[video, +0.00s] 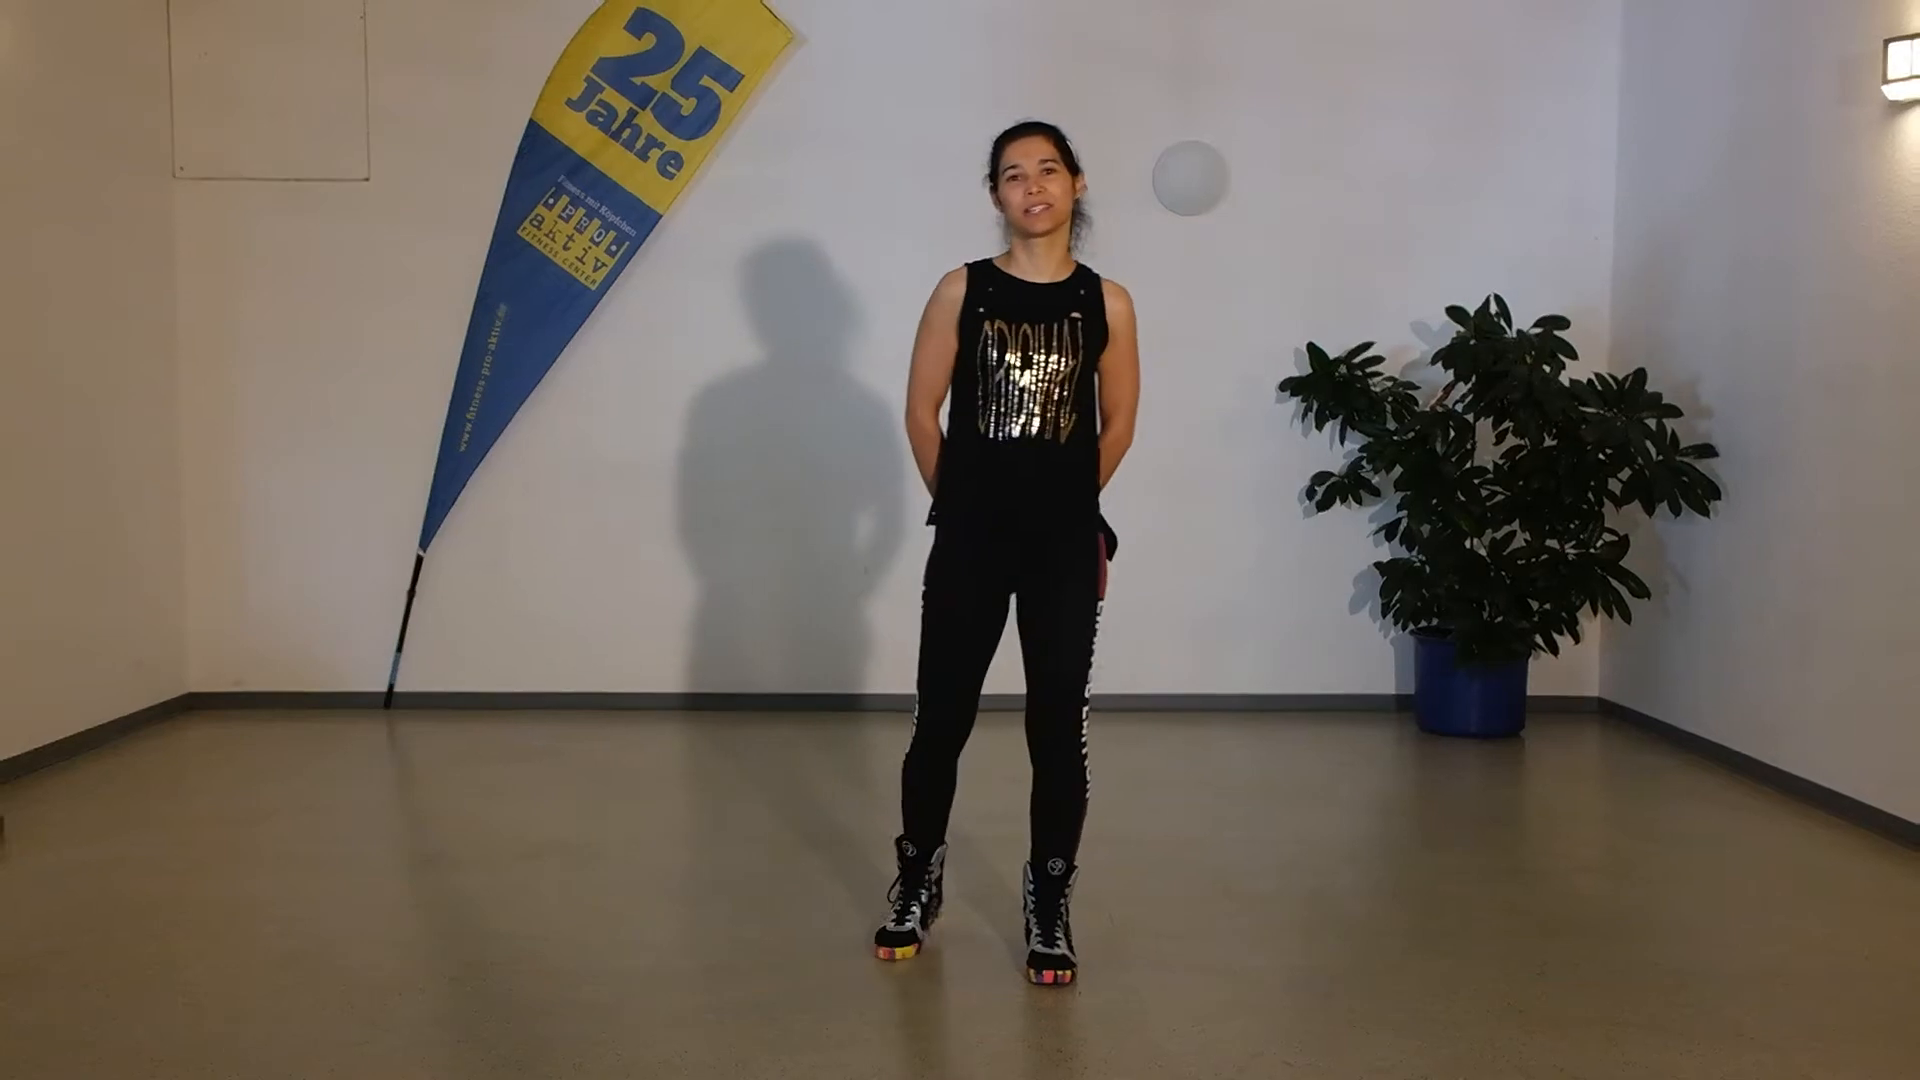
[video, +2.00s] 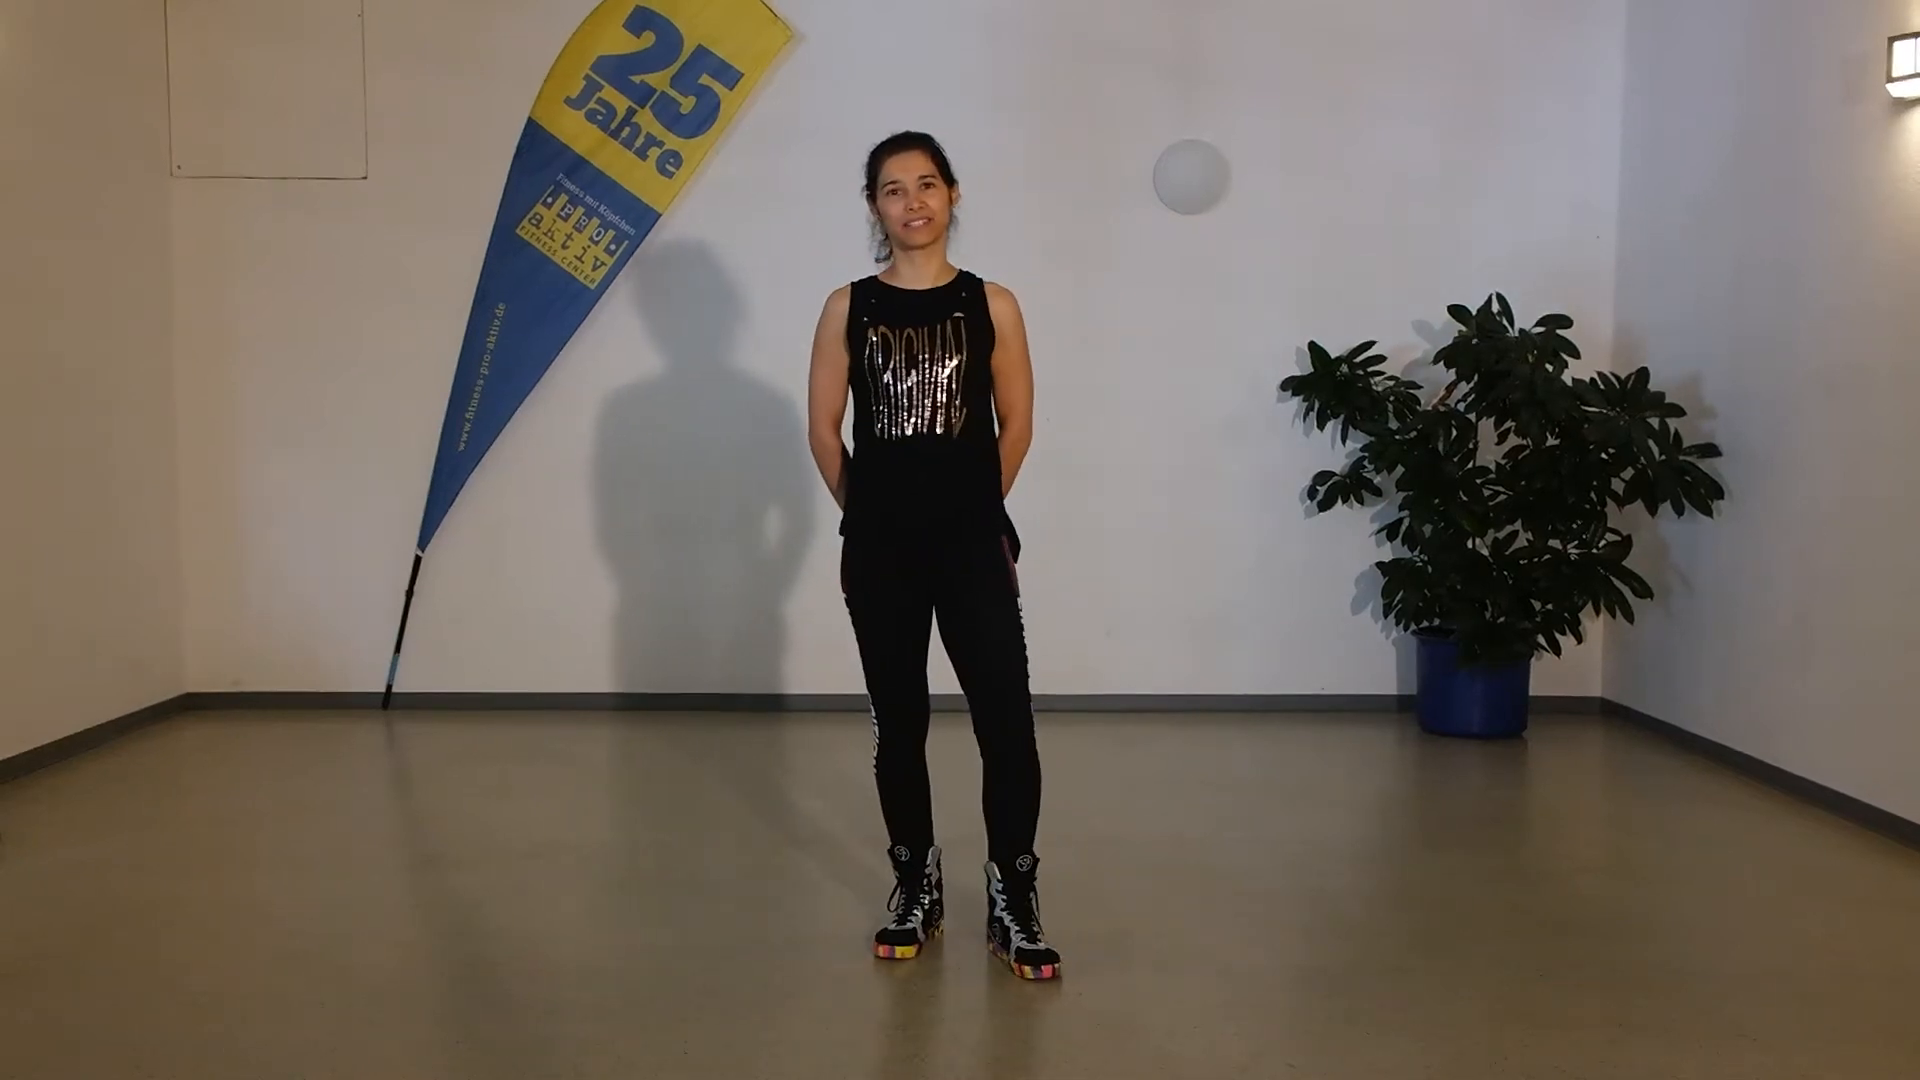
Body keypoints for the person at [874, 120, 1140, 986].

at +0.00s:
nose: (1030, 186)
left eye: (1045, 172)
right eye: (1013, 176)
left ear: (1075, 187)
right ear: (996, 198)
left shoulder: (1107, 302)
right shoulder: (961, 291)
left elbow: (1120, 423)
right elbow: (921, 412)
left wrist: (1074, 501)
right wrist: (953, 501)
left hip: (1063, 533)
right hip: (971, 527)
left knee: (1056, 725)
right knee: (941, 717)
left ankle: (1049, 908)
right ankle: (916, 881)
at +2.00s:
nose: (912, 200)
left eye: (926, 185)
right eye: (894, 190)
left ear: (952, 198)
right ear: (874, 209)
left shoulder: (992, 304)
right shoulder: (846, 307)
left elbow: (1018, 424)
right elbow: (823, 432)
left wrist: (980, 507)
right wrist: (863, 511)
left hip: (971, 536)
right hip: (880, 540)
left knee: (1007, 723)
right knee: (899, 723)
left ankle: (1014, 898)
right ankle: (913, 886)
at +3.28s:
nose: (931, 195)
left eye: (948, 185)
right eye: (915, 183)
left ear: (968, 207)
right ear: (891, 203)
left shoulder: (998, 302)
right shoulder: (853, 299)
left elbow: (1015, 422)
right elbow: (832, 421)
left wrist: (973, 498)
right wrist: (869, 501)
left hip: (967, 534)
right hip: (876, 536)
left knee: (993, 719)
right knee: (895, 719)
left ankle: (998, 903)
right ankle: (913, 889)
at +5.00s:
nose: (915, 206)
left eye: (930, 192)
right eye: (899, 193)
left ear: (956, 207)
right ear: (880, 210)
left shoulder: (989, 309)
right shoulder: (846, 305)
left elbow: (1011, 433)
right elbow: (822, 433)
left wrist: (968, 512)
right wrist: (859, 504)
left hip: (956, 539)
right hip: (864, 542)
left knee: (987, 724)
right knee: (889, 724)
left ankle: (995, 902)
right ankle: (911, 886)